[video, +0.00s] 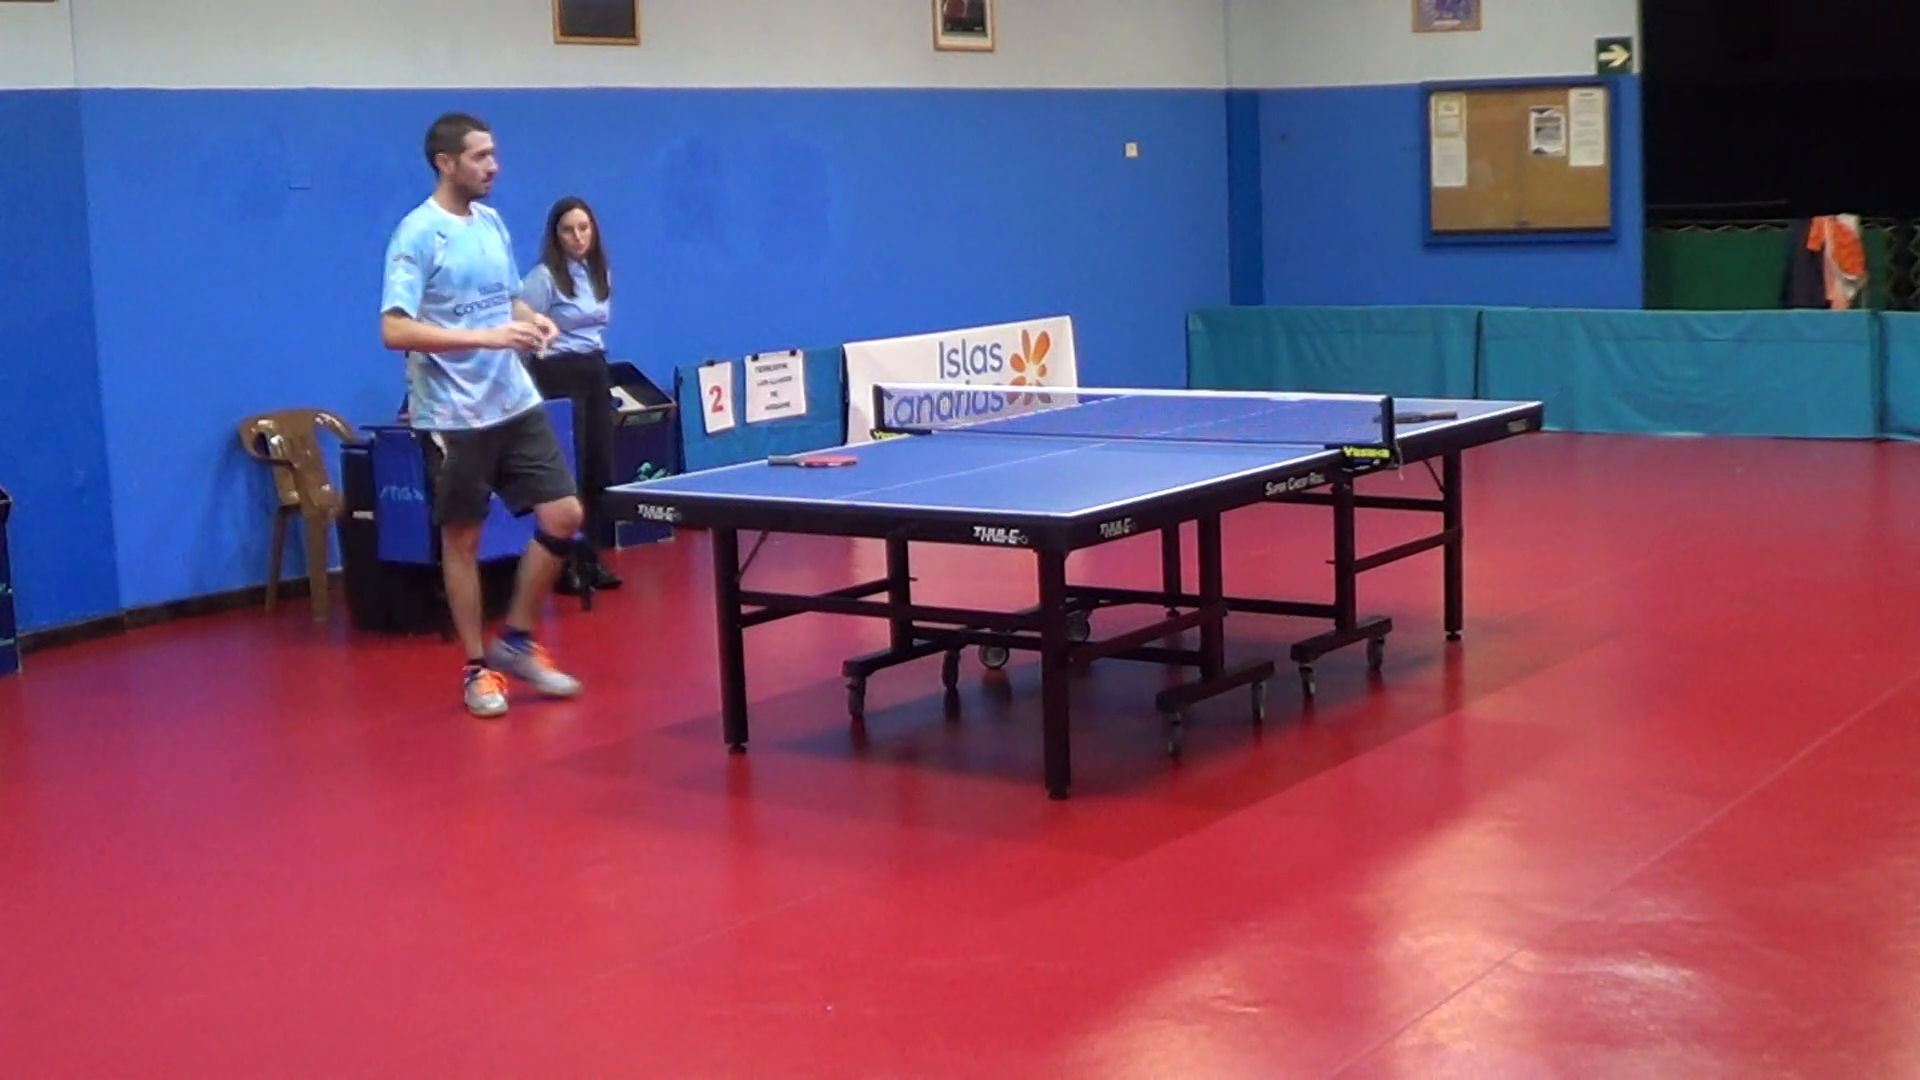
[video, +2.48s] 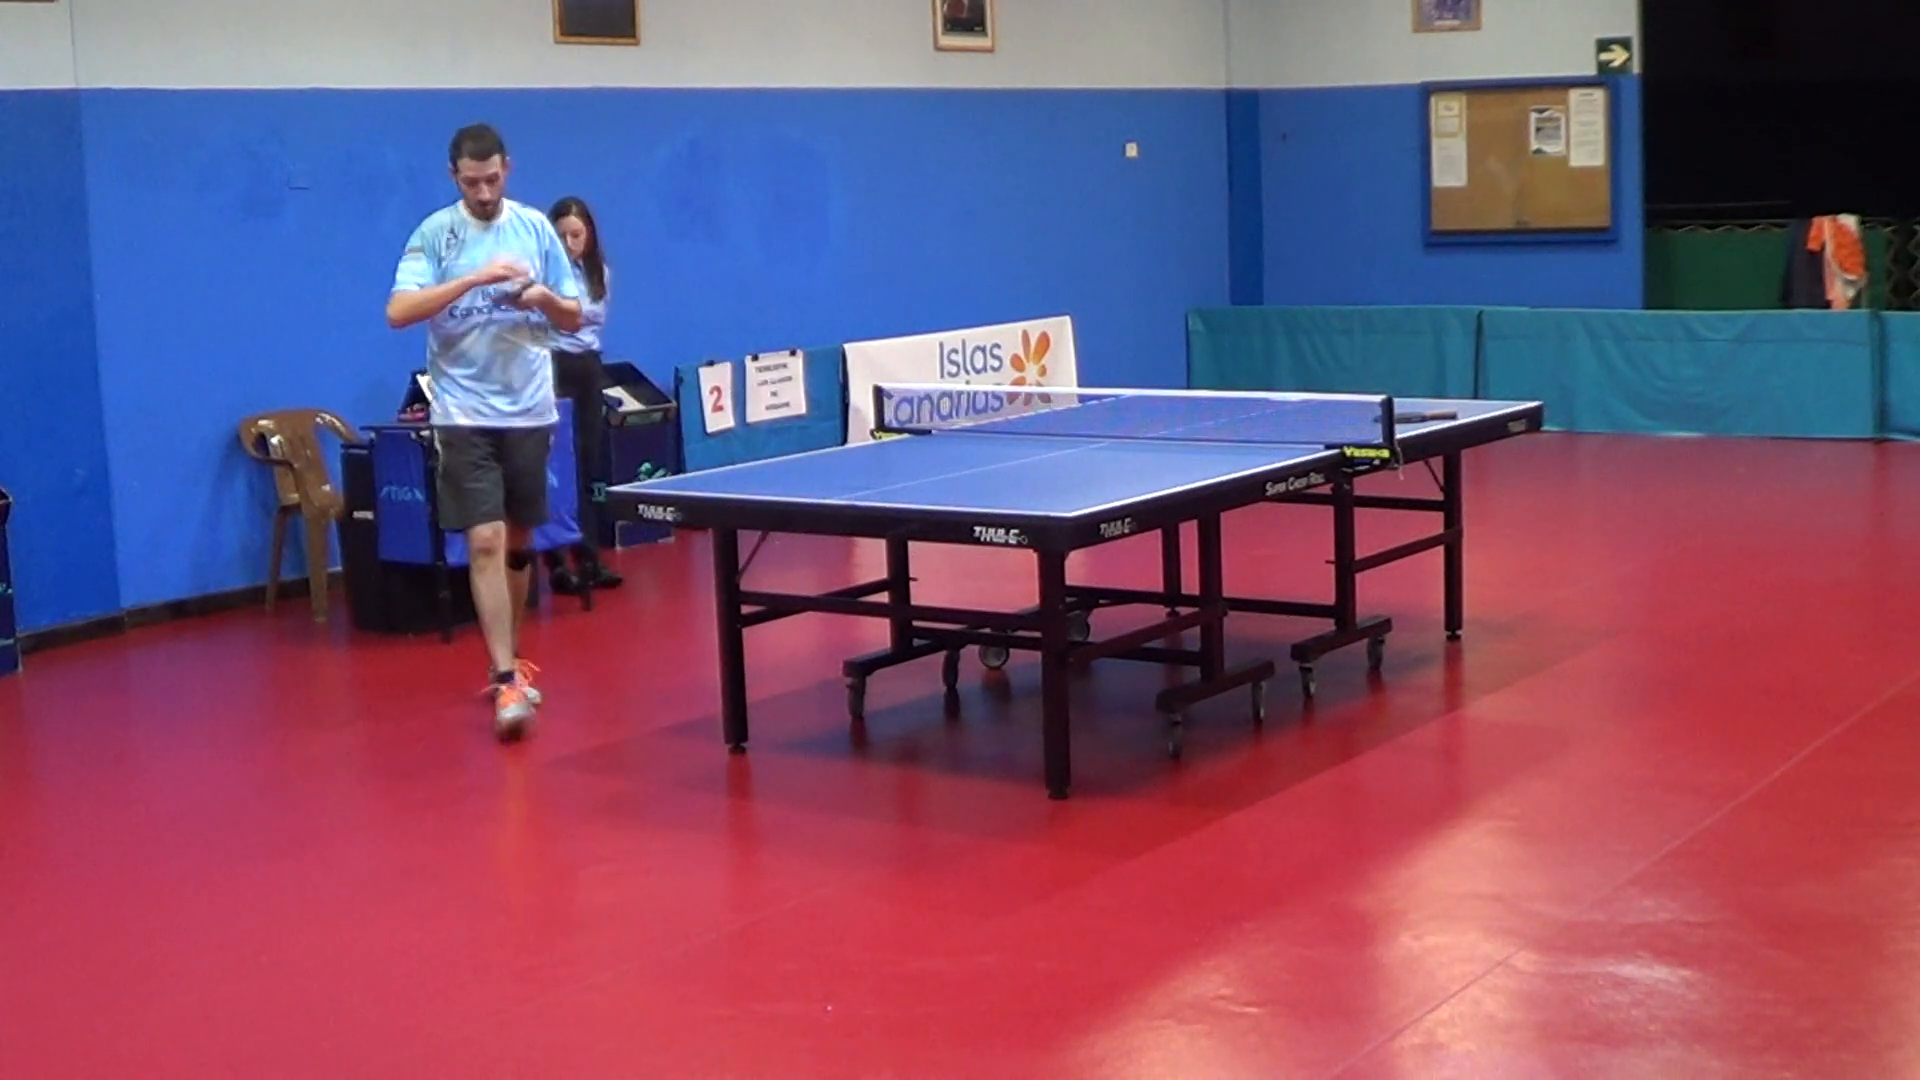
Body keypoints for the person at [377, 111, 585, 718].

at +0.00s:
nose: (492, 165)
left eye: (493, 155)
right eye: (481, 156)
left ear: (483, 161)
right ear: (444, 163)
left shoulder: (491, 221)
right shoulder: (415, 234)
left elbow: (504, 298)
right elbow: (395, 330)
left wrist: (527, 319)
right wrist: (488, 338)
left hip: (514, 403)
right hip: (454, 417)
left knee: (563, 516)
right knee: (462, 538)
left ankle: (517, 641)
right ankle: (476, 668)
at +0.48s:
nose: (637, 182)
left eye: (640, 171)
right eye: (627, 170)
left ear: (617, 171)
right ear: (589, 167)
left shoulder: (637, 237)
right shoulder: (532, 235)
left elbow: (660, 329)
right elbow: (479, 322)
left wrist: (706, 394)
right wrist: (534, 366)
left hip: (639, 422)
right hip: (562, 430)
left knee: (665, 543)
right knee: (545, 557)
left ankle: (672, 691)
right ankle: (502, 652)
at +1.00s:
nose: (717, 191)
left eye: (722, 181)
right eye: (712, 178)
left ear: (696, 170)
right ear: (678, 162)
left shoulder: (703, 237)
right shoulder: (596, 211)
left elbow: (719, 335)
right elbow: (519, 276)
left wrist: (760, 421)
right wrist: (565, 329)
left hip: (674, 419)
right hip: (599, 413)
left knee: (666, 549)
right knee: (582, 548)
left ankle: (673, 691)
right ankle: (603, 659)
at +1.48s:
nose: (627, 183)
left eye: (631, 172)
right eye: (620, 170)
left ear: (599, 168)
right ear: (582, 163)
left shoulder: (611, 229)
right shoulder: (521, 226)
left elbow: (603, 328)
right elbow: (487, 316)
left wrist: (659, 324)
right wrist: (582, 304)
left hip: (623, 419)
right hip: (553, 427)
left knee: (640, 553)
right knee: (539, 558)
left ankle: (670, 693)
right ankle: (529, 692)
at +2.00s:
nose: (529, 186)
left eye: (533, 175)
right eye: (520, 175)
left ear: (529, 172)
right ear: (483, 168)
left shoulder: (527, 219)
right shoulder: (447, 238)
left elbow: (534, 301)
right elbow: (452, 329)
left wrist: (571, 291)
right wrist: (538, 292)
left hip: (563, 403)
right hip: (501, 422)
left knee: (600, 534)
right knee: (508, 551)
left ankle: (564, 660)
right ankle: (522, 689)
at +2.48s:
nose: (482, 191)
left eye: (489, 179)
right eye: (470, 182)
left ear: (505, 169)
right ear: (454, 177)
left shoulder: (536, 227)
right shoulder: (434, 232)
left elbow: (572, 317)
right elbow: (398, 310)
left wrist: (542, 296)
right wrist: (471, 280)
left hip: (528, 408)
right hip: (463, 410)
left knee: (517, 547)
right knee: (485, 542)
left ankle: (508, 664)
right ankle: (507, 681)